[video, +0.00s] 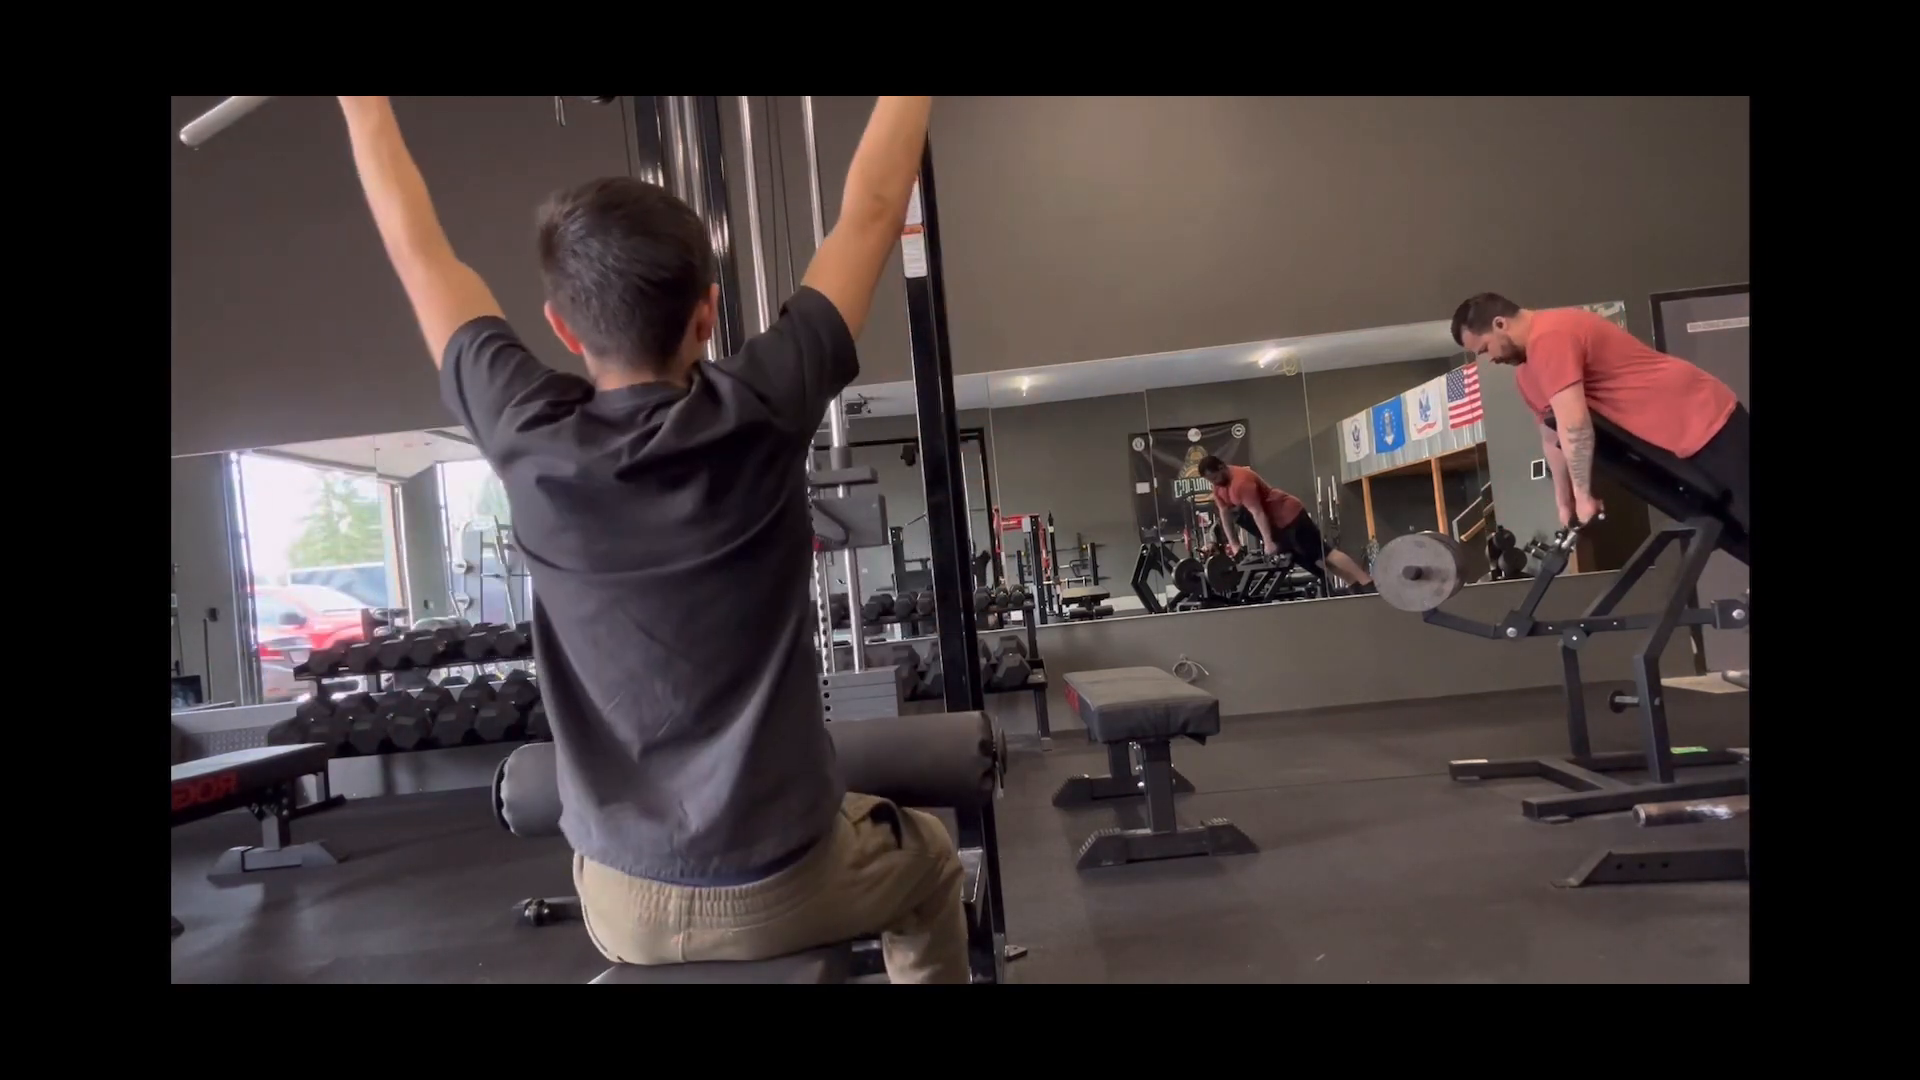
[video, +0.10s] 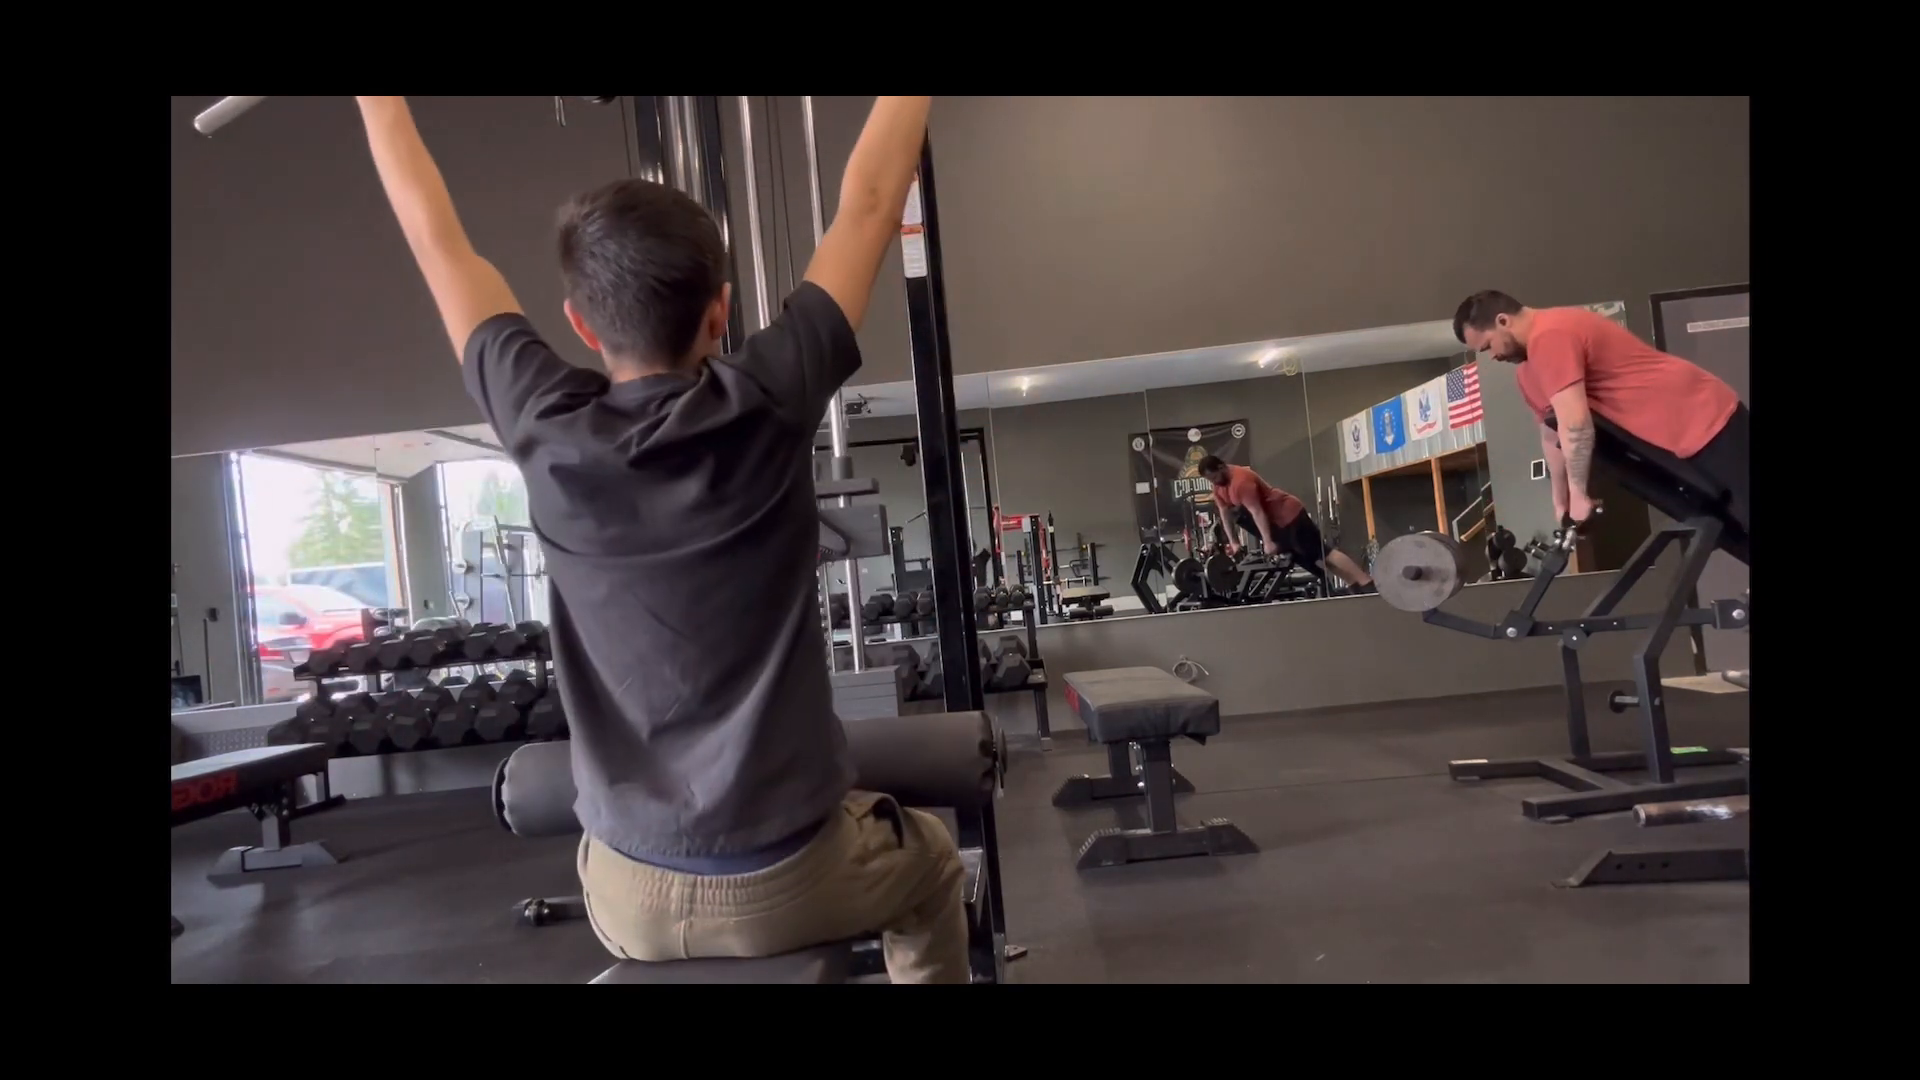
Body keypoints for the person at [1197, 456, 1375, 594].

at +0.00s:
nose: (1216, 479)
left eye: (1217, 473)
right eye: (1211, 477)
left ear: (1222, 467)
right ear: (1207, 478)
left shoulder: (1241, 481)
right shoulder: (1218, 489)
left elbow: (1258, 512)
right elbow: (1225, 515)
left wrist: (1268, 541)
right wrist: (1232, 542)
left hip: (1290, 514)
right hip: (1275, 524)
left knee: (1324, 552)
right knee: (1314, 559)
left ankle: (1368, 582)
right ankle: (1354, 585)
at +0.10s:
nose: (1215, 479)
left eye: (1215, 474)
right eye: (1210, 477)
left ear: (1222, 467)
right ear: (1207, 477)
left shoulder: (1241, 481)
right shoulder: (1218, 488)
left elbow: (1257, 512)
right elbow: (1225, 515)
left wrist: (1267, 541)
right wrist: (1232, 541)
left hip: (1290, 514)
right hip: (1275, 523)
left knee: (1324, 552)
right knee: (1315, 559)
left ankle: (1367, 582)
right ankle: (1354, 585)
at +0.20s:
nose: (1214, 479)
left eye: (1215, 474)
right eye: (1210, 477)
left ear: (1222, 467)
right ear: (1206, 477)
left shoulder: (1241, 480)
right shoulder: (1218, 488)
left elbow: (1257, 512)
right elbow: (1224, 514)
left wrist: (1267, 541)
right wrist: (1231, 540)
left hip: (1290, 514)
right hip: (1275, 523)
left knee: (1323, 552)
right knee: (1314, 559)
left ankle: (1365, 582)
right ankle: (1353, 584)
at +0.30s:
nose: (1215, 479)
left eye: (1216, 474)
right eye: (1211, 477)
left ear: (1222, 467)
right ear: (1206, 477)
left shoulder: (1241, 480)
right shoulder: (1217, 487)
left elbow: (1258, 511)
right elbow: (1224, 514)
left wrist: (1269, 539)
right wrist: (1231, 541)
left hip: (1289, 514)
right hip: (1275, 522)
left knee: (1323, 552)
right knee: (1314, 558)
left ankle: (1366, 582)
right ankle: (1353, 584)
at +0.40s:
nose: (1215, 479)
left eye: (1216, 474)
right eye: (1210, 477)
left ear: (1222, 467)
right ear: (1206, 477)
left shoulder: (1241, 479)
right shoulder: (1217, 488)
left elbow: (1259, 509)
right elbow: (1224, 514)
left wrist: (1271, 538)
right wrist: (1231, 541)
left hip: (1290, 514)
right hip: (1275, 523)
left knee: (1324, 552)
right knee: (1315, 559)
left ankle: (1366, 582)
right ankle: (1354, 585)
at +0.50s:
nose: (1215, 479)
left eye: (1216, 473)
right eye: (1210, 477)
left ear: (1222, 466)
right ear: (1206, 477)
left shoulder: (1241, 479)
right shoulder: (1217, 488)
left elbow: (1259, 509)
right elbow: (1224, 514)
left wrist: (1271, 537)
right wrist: (1231, 541)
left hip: (1290, 514)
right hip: (1276, 523)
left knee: (1324, 552)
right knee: (1316, 559)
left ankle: (1367, 582)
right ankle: (1354, 585)